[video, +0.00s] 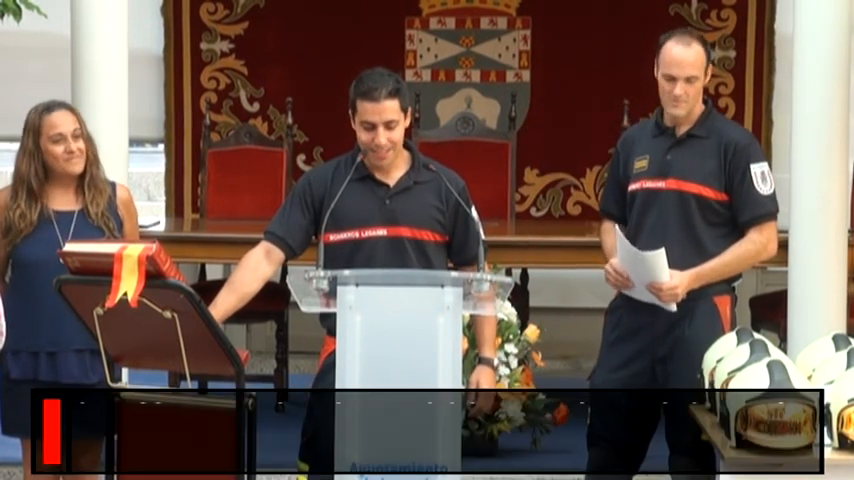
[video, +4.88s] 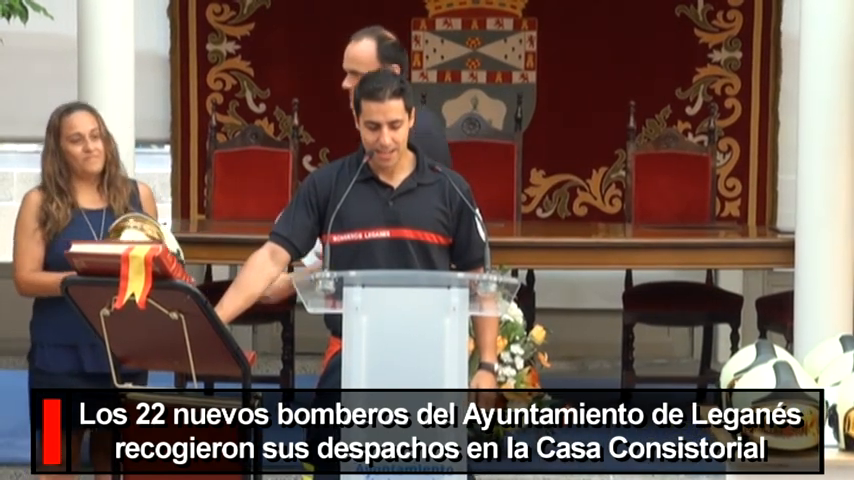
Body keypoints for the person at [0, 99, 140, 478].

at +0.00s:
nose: (73, 146)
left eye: (78, 135)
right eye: (59, 139)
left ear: (87, 140)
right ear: (37, 149)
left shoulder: (116, 198)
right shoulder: (10, 203)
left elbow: (134, 276)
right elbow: (1, 280)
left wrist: (129, 346)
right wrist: (2, 343)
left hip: (93, 359)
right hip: (29, 358)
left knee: (88, 464)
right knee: (41, 467)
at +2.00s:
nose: (73, 148)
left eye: (77, 136)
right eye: (58, 141)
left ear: (85, 139)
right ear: (35, 150)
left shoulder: (115, 200)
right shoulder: (10, 204)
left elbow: (132, 280)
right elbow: (1, 282)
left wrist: (126, 350)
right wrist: (3, 345)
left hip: (92, 362)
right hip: (27, 362)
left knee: (87, 467)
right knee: (40, 468)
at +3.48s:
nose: (95, 151)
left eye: (94, 140)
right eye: (83, 143)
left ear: (97, 141)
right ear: (52, 151)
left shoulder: (112, 194)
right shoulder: (19, 202)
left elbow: (132, 269)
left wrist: (130, 340)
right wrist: (2, 349)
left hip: (100, 348)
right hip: (38, 350)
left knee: (102, 462)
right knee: (49, 465)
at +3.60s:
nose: (97, 152)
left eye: (97, 141)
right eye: (85, 143)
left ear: (100, 142)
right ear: (55, 149)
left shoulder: (114, 195)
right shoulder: (24, 199)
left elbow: (143, 270)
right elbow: (6, 281)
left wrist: (199, 301)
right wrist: (62, 329)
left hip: (109, 353)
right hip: (46, 355)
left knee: (108, 459)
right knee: (52, 464)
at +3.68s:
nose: (98, 151)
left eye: (98, 140)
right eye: (86, 144)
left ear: (102, 141)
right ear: (56, 151)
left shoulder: (117, 194)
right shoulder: (30, 200)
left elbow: (144, 257)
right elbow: (27, 281)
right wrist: (90, 306)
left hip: (111, 346)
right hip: (53, 349)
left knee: (110, 457)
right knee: (55, 462)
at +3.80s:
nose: (102, 148)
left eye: (102, 138)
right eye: (88, 142)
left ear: (107, 139)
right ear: (61, 150)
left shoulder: (124, 193)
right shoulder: (40, 200)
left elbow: (151, 258)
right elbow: (63, 279)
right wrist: (117, 318)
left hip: (118, 348)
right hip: (61, 349)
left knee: (113, 460)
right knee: (59, 464)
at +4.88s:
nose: (91, 146)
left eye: (97, 136)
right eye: (77, 139)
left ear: (106, 140)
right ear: (58, 149)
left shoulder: (138, 195)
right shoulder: (40, 201)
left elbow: (154, 267)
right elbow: (25, 279)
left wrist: (117, 276)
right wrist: (88, 281)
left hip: (121, 353)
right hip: (59, 352)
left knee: (114, 461)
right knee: (56, 465)